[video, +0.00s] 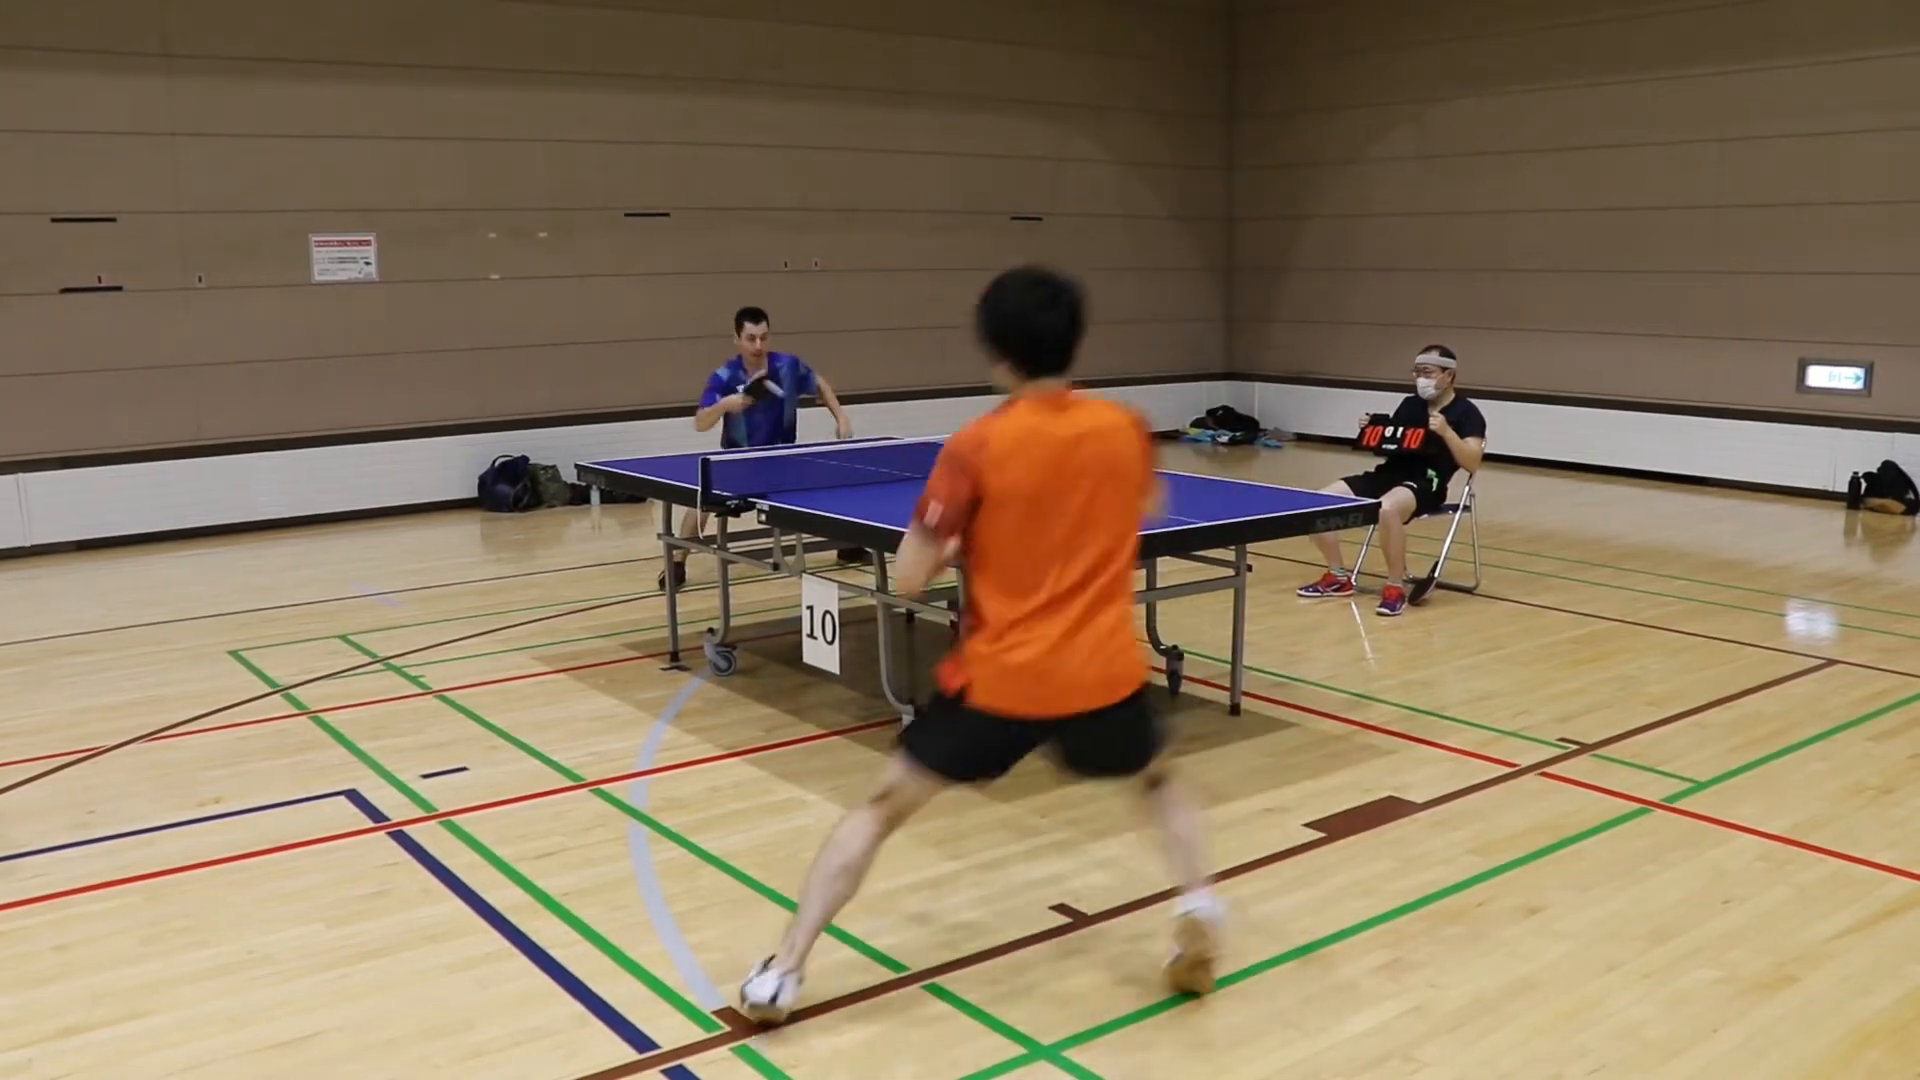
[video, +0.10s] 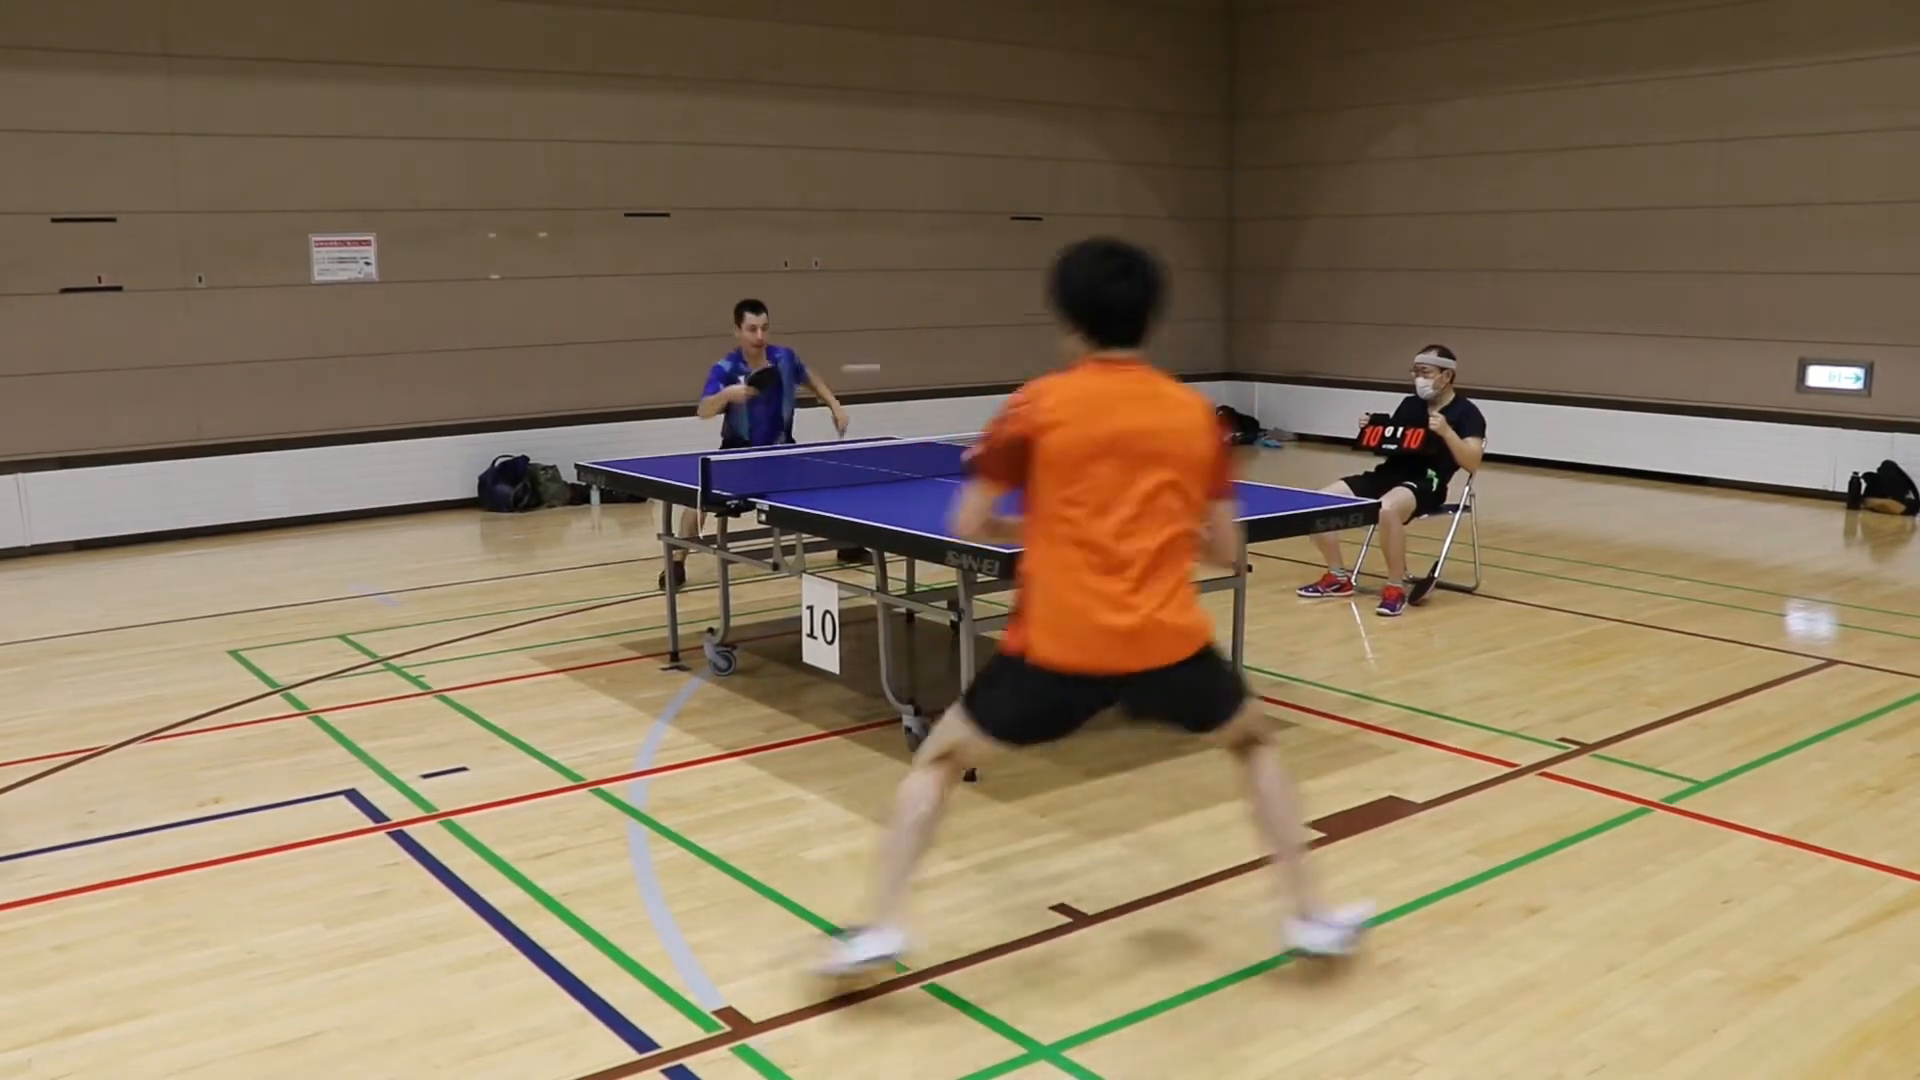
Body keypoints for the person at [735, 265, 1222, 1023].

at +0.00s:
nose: (985, 350)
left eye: (988, 339)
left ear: (995, 349)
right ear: (1075, 341)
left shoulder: (978, 446)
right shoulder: (1124, 427)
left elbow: (907, 578)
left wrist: (949, 538)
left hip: (1000, 686)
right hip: (1107, 681)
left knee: (883, 808)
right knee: (1159, 779)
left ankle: (782, 970)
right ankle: (1199, 903)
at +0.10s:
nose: (1057, 321)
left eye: (1062, 310)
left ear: (1070, 319)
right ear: (1149, 316)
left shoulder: (1042, 403)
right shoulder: (1194, 412)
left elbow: (971, 521)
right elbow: (1227, 552)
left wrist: (1045, 529)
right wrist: (1157, 525)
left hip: (1056, 652)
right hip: (1169, 648)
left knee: (939, 759)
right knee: (1253, 741)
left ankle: (882, 925)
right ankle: (1308, 914)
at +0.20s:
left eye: (1160, 326)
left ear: (1161, 333)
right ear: (1242, 340)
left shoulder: (1113, 411)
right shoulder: (1268, 435)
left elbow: (1077, 530)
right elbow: (1289, 586)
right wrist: (1310, 652)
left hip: (1106, 653)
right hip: (1216, 659)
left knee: (1012, 789)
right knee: (1315, 767)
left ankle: (975, 958)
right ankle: (1410, 917)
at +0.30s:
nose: (1347, 358)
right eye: (1348, 348)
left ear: (1273, 348)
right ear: (1348, 358)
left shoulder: (1217, 423)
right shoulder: (1345, 457)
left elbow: (1203, 530)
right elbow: (1353, 603)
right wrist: (1415, 706)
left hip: (1173, 655)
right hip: (1272, 663)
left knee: (1091, 808)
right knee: (1385, 748)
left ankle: (993, 956)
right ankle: (1425, 922)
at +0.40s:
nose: (1484, 369)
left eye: (1473, 354)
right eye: (1482, 358)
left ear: (1402, 350)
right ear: (1470, 366)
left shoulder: (1345, 411)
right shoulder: (1451, 447)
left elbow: (1320, 514)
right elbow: (1460, 596)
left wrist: (1405, 571)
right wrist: (1540, 699)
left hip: (1256, 622)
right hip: (1346, 639)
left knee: (1158, 777)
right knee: (1440, 750)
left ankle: (1034, 908)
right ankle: (1433, 925)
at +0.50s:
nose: (1576, 346)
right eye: (1577, 337)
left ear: (1499, 328)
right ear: (1567, 350)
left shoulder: (1433, 387)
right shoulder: (1546, 428)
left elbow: (1323, 434)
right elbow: (1603, 545)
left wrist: (1292, 499)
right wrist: (1696, 620)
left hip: (1348, 587)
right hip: (1437, 613)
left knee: (1243, 722)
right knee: (1456, 764)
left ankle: (1133, 854)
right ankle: (1432, 923)